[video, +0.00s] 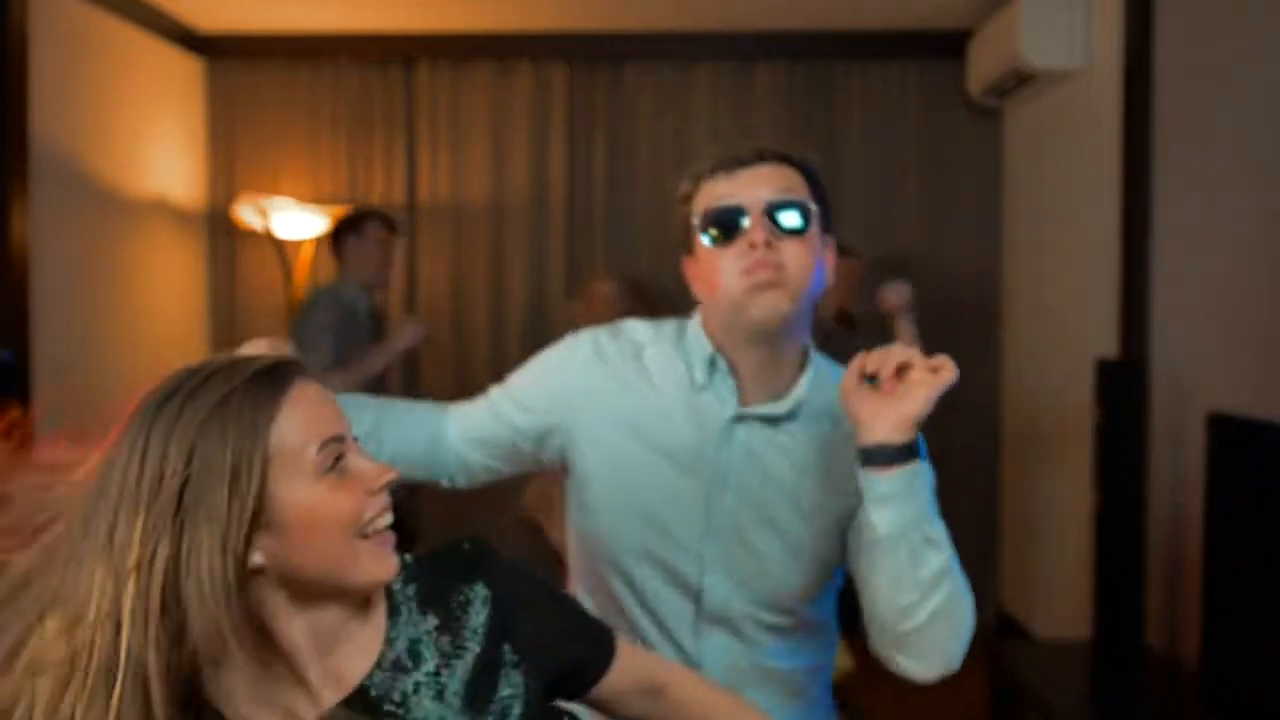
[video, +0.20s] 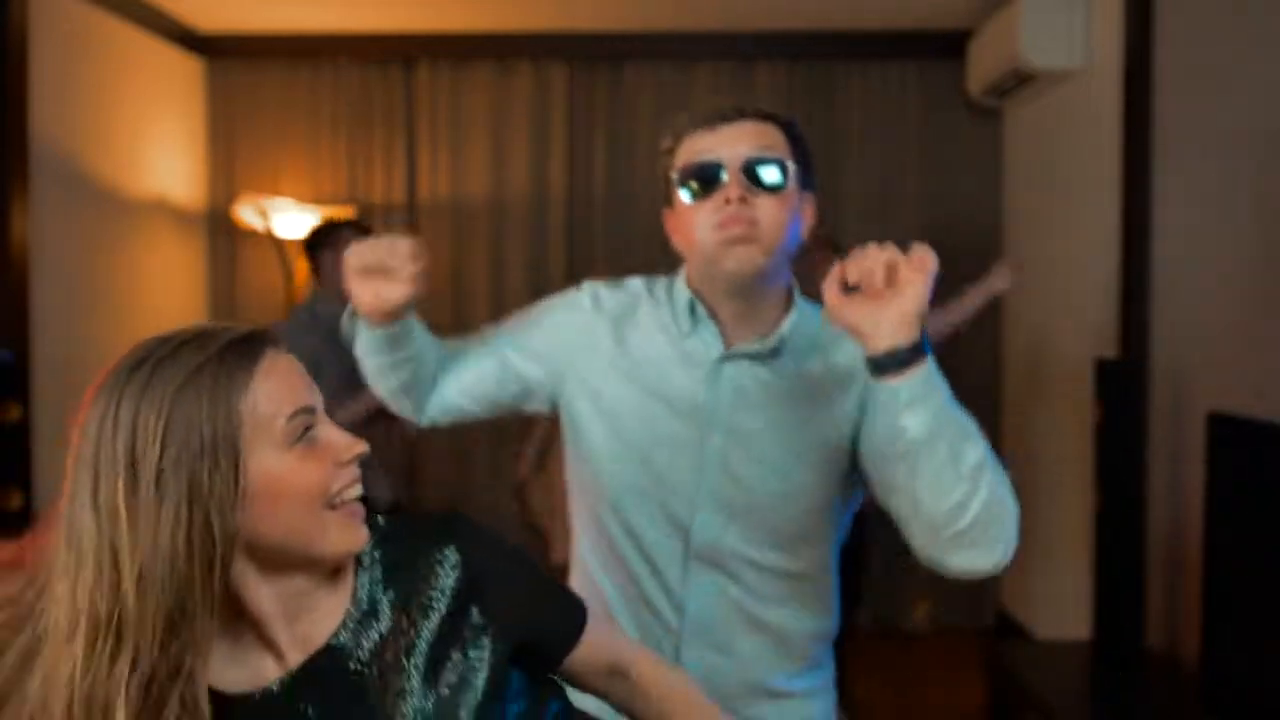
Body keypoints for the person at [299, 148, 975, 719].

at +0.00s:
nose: (760, 242)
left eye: (788, 220)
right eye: (726, 228)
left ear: (828, 262)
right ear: (692, 275)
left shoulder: (864, 420)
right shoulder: (597, 373)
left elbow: (926, 655)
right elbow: (451, 441)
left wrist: (889, 454)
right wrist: (291, 402)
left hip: (785, 713)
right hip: (618, 703)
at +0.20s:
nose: (735, 193)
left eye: (764, 175)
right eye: (705, 179)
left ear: (805, 218)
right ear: (672, 226)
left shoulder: (852, 365)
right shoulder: (591, 325)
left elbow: (977, 547)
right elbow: (431, 389)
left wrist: (901, 359)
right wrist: (382, 317)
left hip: (783, 704)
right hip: (612, 697)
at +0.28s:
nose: (711, 161)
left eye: (741, 143)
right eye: (681, 146)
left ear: (782, 184)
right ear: (650, 191)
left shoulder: (842, 325)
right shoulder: (580, 297)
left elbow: (1000, 483)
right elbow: (391, 350)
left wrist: (901, 319)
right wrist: (404, 284)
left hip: (783, 700)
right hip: (611, 693)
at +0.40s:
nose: (683, 134)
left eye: (713, 117)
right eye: (652, 115)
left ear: (747, 158)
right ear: (615, 154)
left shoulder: (825, 277)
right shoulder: (558, 266)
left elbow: (1026, 393)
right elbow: (343, 293)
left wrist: (918, 287)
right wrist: (424, 246)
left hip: (779, 685)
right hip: (604, 676)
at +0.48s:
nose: (664, 131)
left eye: (694, 115)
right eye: (635, 112)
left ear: (725, 159)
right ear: (594, 151)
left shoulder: (809, 255)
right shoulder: (548, 265)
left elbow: (1039, 337)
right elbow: (325, 264)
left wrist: (938, 287)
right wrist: (437, 242)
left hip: (779, 679)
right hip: (603, 673)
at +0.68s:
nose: (630, 180)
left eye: (658, 165)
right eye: (601, 162)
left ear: (691, 210)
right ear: (563, 206)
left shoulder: (751, 285)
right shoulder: (530, 324)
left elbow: (964, 241)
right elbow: (336, 301)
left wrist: (986, 364)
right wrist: (481, 301)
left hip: (779, 688)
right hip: (617, 687)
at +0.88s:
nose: (625, 257)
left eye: (653, 243)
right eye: (597, 242)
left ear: (686, 283)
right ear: (561, 285)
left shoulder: (749, 363)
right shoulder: (530, 411)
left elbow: (921, 340)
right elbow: (345, 401)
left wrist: (992, 435)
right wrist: (496, 392)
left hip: (765, 704)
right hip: (607, 710)